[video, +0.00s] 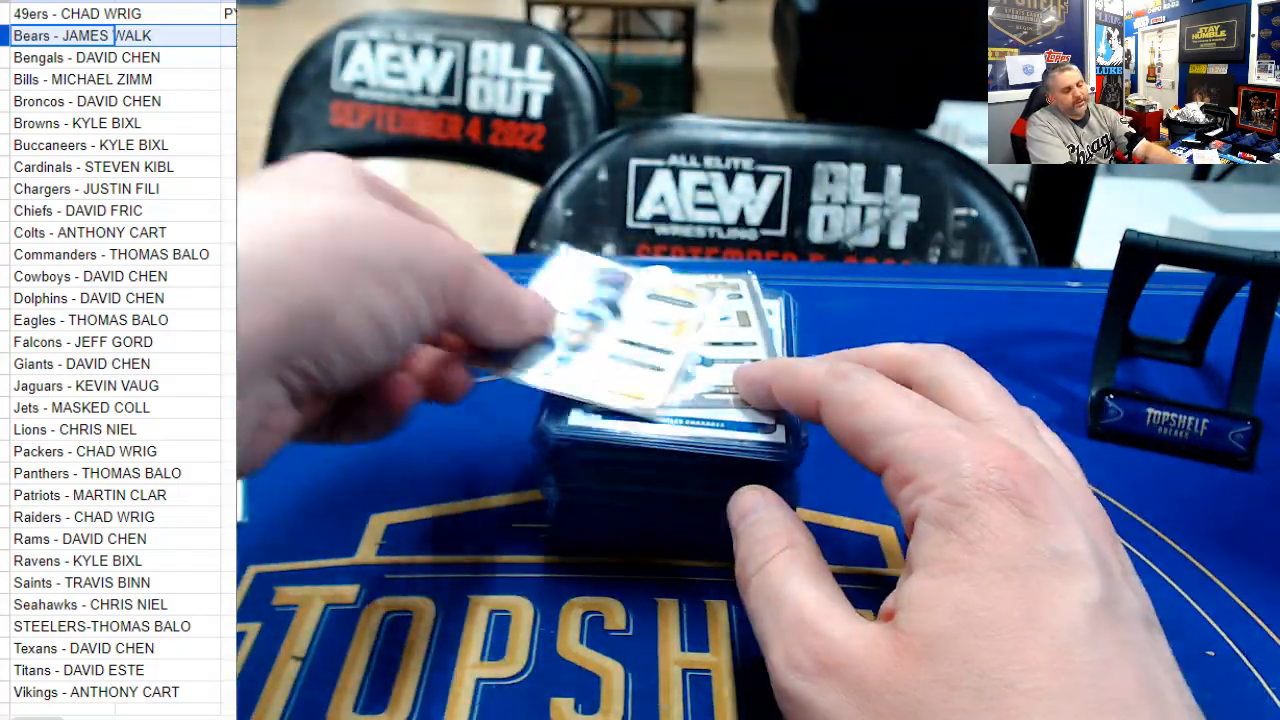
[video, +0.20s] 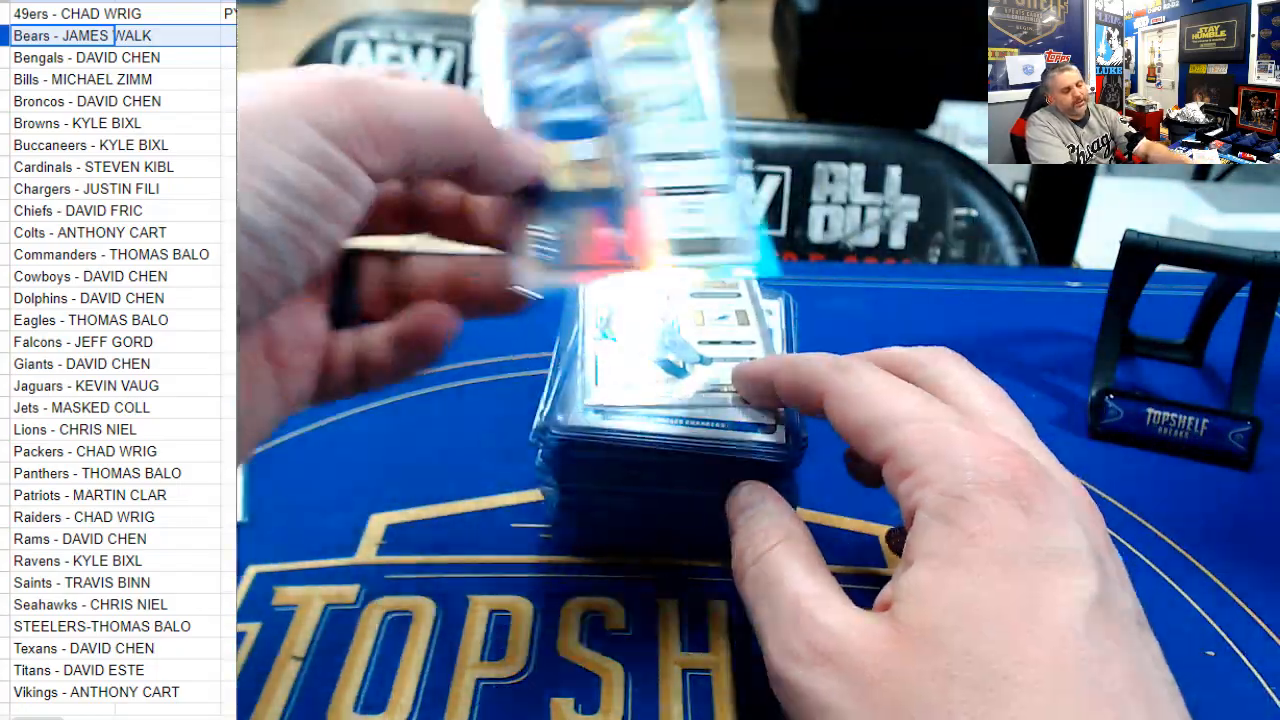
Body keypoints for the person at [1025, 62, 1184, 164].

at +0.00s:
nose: (1079, 94)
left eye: (1080, 85)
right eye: (1067, 91)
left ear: (1085, 84)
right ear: (1051, 99)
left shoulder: (1104, 114)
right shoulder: (1041, 123)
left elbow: (1146, 150)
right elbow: (1061, 176)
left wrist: (1189, 170)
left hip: (1113, 189)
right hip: (1069, 199)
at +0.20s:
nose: (1078, 94)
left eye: (1079, 85)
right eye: (1067, 91)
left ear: (1085, 84)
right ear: (1050, 100)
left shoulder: (1105, 114)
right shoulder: (1040, 124)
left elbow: (1146, 149)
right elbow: (1061, 177)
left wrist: (1190, 166)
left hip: (1113, 189)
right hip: (1069, 198)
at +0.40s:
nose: (1078, 95)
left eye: (1079, 86)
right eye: (1067, 92)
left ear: (1085, 84)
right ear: (1050, 99)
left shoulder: (1104, 114)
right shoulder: (1040, 124)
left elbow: (1145, 147)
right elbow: (1060, 178)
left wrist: (1171, 160)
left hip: (1114, 188)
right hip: (1071, 198)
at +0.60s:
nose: (1079, 95)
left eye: (1080, 86)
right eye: (1068, 92)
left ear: (1086, 85)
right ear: (1051, 100)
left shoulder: (1104, 114)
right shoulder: (1040, 124)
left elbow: (1146, 148)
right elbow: (1062, 176)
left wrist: (1174, 163)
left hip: (1113, 188)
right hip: (1071, 198)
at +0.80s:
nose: (1079, 95)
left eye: (1081, 86)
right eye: (1068, 92)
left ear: (1087, 84)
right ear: (1051, 99)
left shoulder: (1104, 114)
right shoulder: (1040, 124)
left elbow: (1146, 148)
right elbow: (1061, 178)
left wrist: (1180, 163)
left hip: (1114, 189)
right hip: (1070, 198)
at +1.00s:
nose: (1079, 95)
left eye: (1080, 86)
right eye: (1068, 91)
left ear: (1086, 86)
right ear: (1051, 100)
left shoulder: (1102, 113)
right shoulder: (1040, 124)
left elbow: (1148, 148)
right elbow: (1063, 177)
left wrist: (1190, 163)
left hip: (1112, 186)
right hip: (1072, 197)